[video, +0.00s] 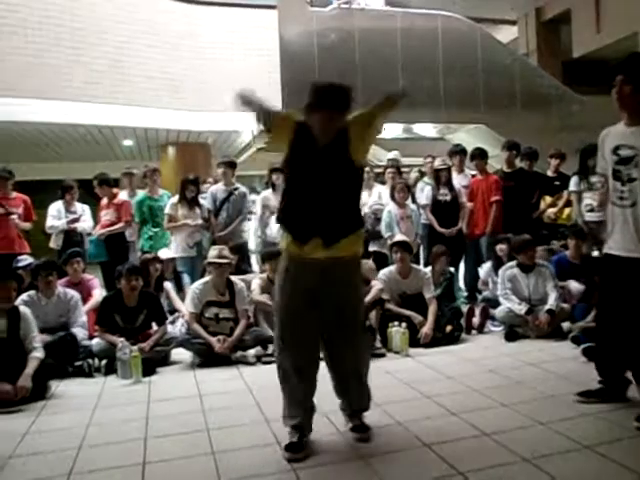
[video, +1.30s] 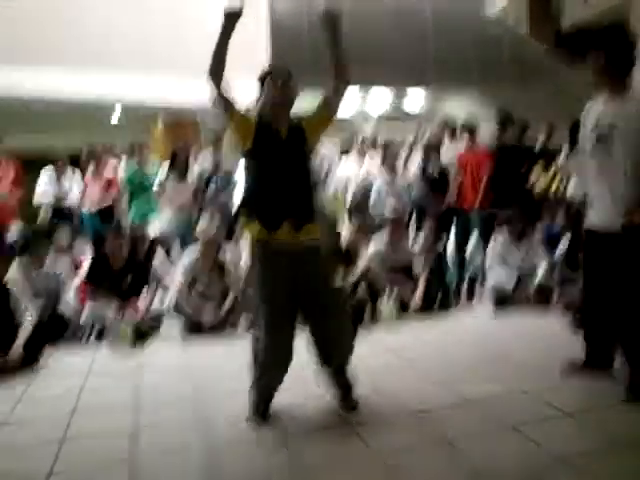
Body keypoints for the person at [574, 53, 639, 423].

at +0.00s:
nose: (619, 94)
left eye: (625, 87)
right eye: (616, 87)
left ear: (639, 92)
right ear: (615, 93)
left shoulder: (635, 135)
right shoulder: (608, 136)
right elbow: (604, 182)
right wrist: (598, 210)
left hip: (636, 248)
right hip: (616, 246)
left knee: (637, 325)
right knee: (609, 320)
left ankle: (638, 393)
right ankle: (613, 383)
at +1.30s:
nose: (597, 71)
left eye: (603, 63)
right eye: (595, 63)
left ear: (619, 64)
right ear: (597, 67)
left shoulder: (632, 109)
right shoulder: (593, 109)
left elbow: (633, 164)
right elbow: (584, 158)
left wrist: (634, 207)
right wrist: (574, 196)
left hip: (625, 218)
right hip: (594, 216)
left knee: (629, 299)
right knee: (595, 293)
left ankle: (635, 366)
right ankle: (596, 355)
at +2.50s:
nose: (562, 133)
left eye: (568, 126)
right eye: (559, 127)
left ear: (586, 128)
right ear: (560, 133)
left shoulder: (611, 166)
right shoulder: (561, 174)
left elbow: (636, 214)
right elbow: (562, 222)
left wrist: (629, 260)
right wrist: (561, 260)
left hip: (608, 277)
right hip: (573, 277)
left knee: (614, 347)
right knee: (580, 346)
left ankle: (628, 416)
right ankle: (597, 409)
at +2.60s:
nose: (561, 133)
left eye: (566, 127)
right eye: (559, 128)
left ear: (585, 129)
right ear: (560, 133)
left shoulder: (610, 165)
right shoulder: (560, 174)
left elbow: (634, 215)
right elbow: (561, 221)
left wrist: (627, 261)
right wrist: (561, 259)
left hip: (608, 277)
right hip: (573, 277)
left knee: (614, 347)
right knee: (580, 346)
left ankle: (627, 416)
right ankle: (596, 410)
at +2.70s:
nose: (561, 134)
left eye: (566, 127)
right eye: (558, 128)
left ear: (585, 130)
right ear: (559, 134)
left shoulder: (608, 166)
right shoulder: (560, 175)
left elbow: (634, 214)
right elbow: (562, 221)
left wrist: (626, 261)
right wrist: (560, 259)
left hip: (607, 276)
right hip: (572, 276)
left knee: (611, 346)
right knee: (579, 346)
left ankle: (626, 415)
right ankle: (596, 410)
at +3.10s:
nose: (561, 131)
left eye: (566, 126)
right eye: (558, 127)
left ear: (585, 130)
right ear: (557, 134)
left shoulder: (605, 165)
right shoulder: (560, 174)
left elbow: (631, 210)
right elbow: (563, 218)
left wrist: (619, 258)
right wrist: (556, 252)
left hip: (603, 274)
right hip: (571, 274)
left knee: (608, 345)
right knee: (577, 345)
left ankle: (621, 412)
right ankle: (597, 409)